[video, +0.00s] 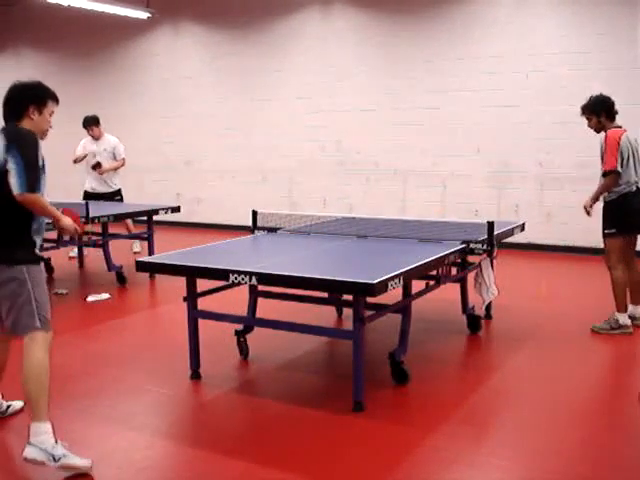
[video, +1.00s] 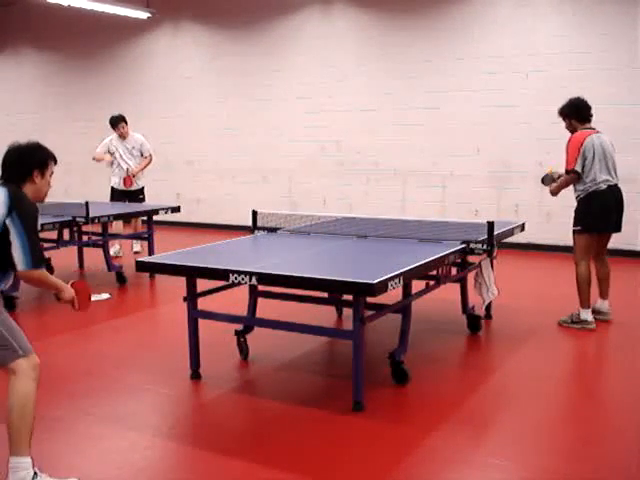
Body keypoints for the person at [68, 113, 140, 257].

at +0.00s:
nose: (90, 133)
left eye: (92, 129)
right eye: (88, 130)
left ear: (99, 127)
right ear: (86, 130)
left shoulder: (113, 142)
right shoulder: (86, 142)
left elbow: (121, 161)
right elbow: (75, 160)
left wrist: (106, 168)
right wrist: (85, 154)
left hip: (111, 189)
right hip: (91, 189)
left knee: (124, 217)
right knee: (85, 220)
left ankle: (135, 240)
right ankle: (79, 245)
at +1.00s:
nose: (122, 131)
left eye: (123, 127)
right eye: (118, 129)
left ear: (127, 125)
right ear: (114, 130)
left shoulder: (138, 139)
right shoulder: (111, 141)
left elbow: (148, 157)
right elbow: (96, 155)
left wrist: (137, 170)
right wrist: (106, 157)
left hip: (135, 184)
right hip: (118, 184)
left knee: (136, 216)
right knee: (117, 217)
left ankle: (136, 241)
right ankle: (117, 244)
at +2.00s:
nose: (128, 155)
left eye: (131, 151)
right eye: (127, 152)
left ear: (139, 151)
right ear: (126, 151)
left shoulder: (154, 160)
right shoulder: (127, 162)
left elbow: (170, 177)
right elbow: (125, 174)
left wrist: (154, 192)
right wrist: (130, 188)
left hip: (158, 192)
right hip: (138, 192)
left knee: (169, 217)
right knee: (125, 218)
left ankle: (183, 244)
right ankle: (114, 245)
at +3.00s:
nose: (125, 158)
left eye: (128, 155)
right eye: (124, 155)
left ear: (136, 154)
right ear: (123, 155)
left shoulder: (150, 161)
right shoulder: (121, 165)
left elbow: (162, 180)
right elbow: (119, 182)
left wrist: (142, 190)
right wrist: (126, 191)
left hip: (154, 193)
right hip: (135, 194)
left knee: (166, 216)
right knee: (120, 218)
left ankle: (183, 244)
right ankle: (113, 246)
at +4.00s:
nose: (126, 139)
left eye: (128, 136)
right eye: (124, 135)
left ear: (137, 135)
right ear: (123, 135)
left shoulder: (149, 150)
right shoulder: (119, 146)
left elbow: (155, 171)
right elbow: (107, 161)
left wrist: (139, 176)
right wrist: (113, 174)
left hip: (143, 190)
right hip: (121, 190)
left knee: (157, 217)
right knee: (108, 218)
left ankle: (169, 246)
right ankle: (104, 249)